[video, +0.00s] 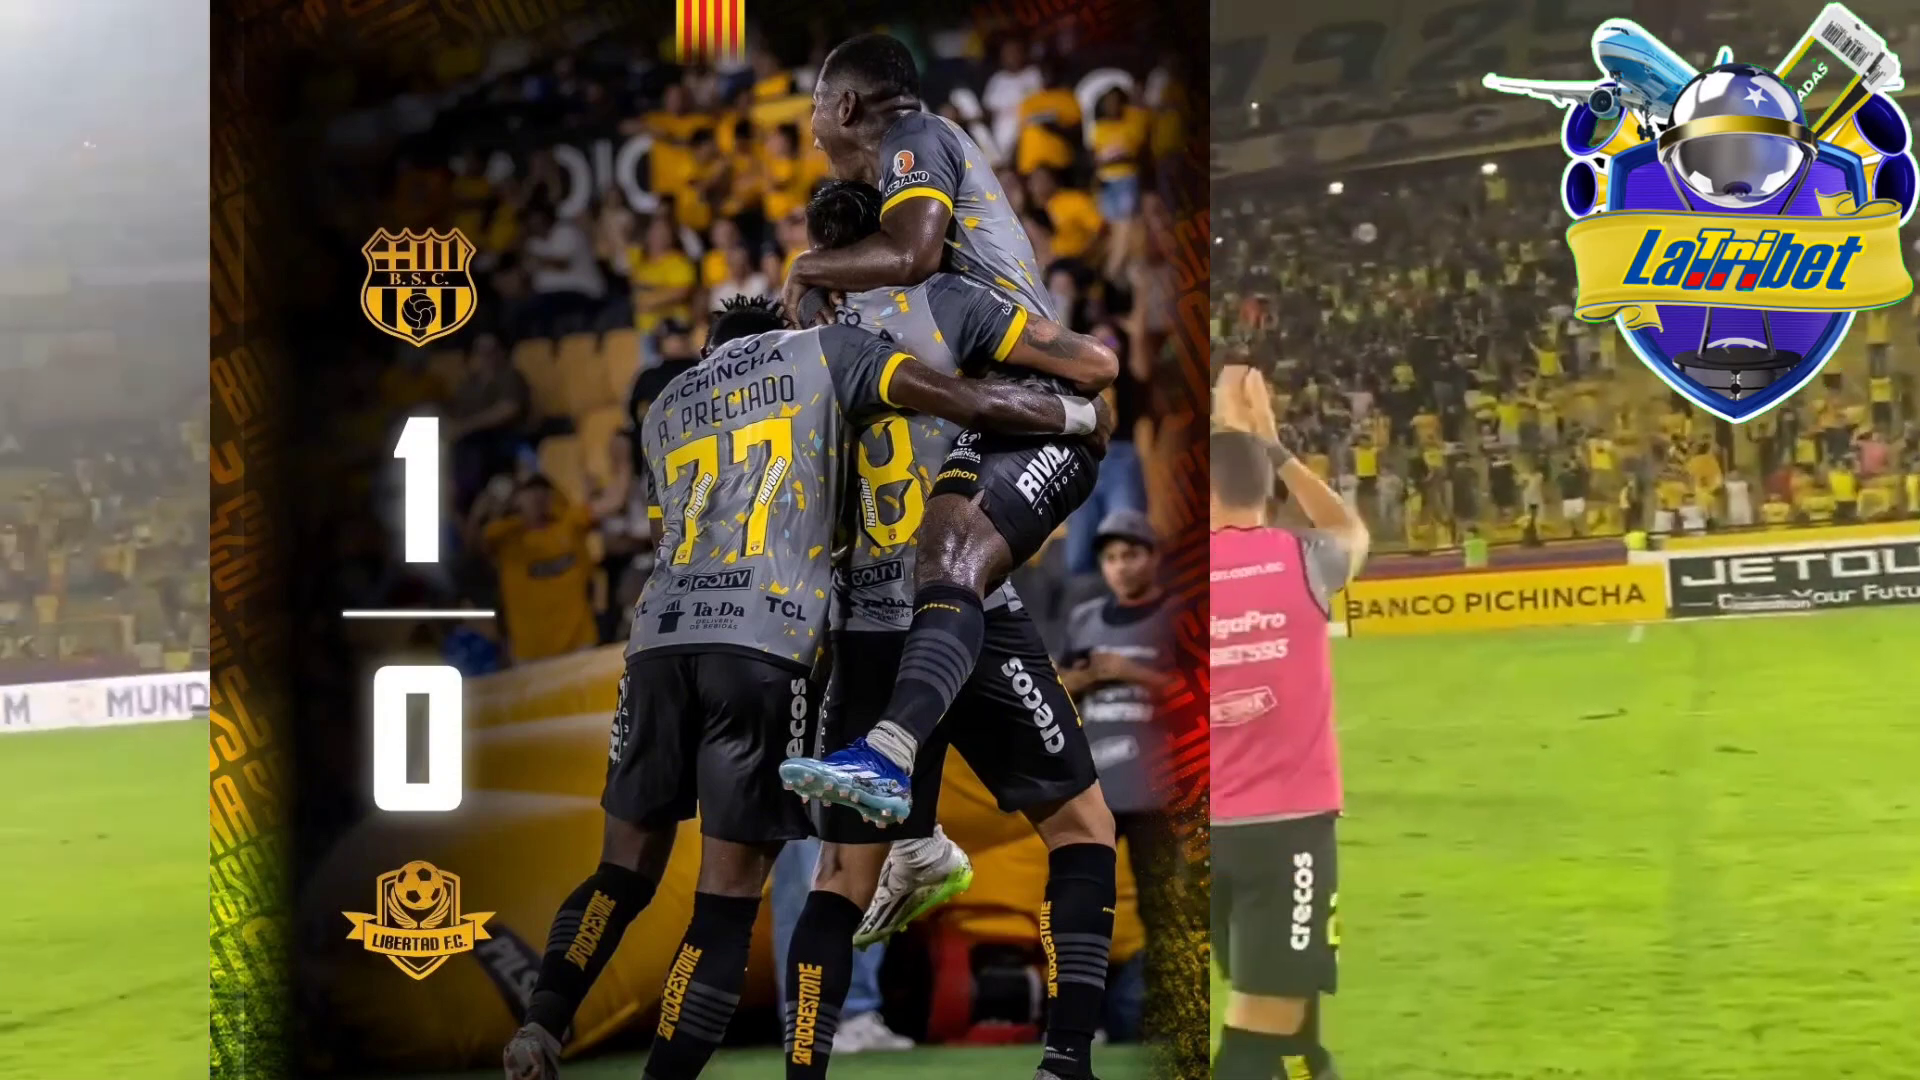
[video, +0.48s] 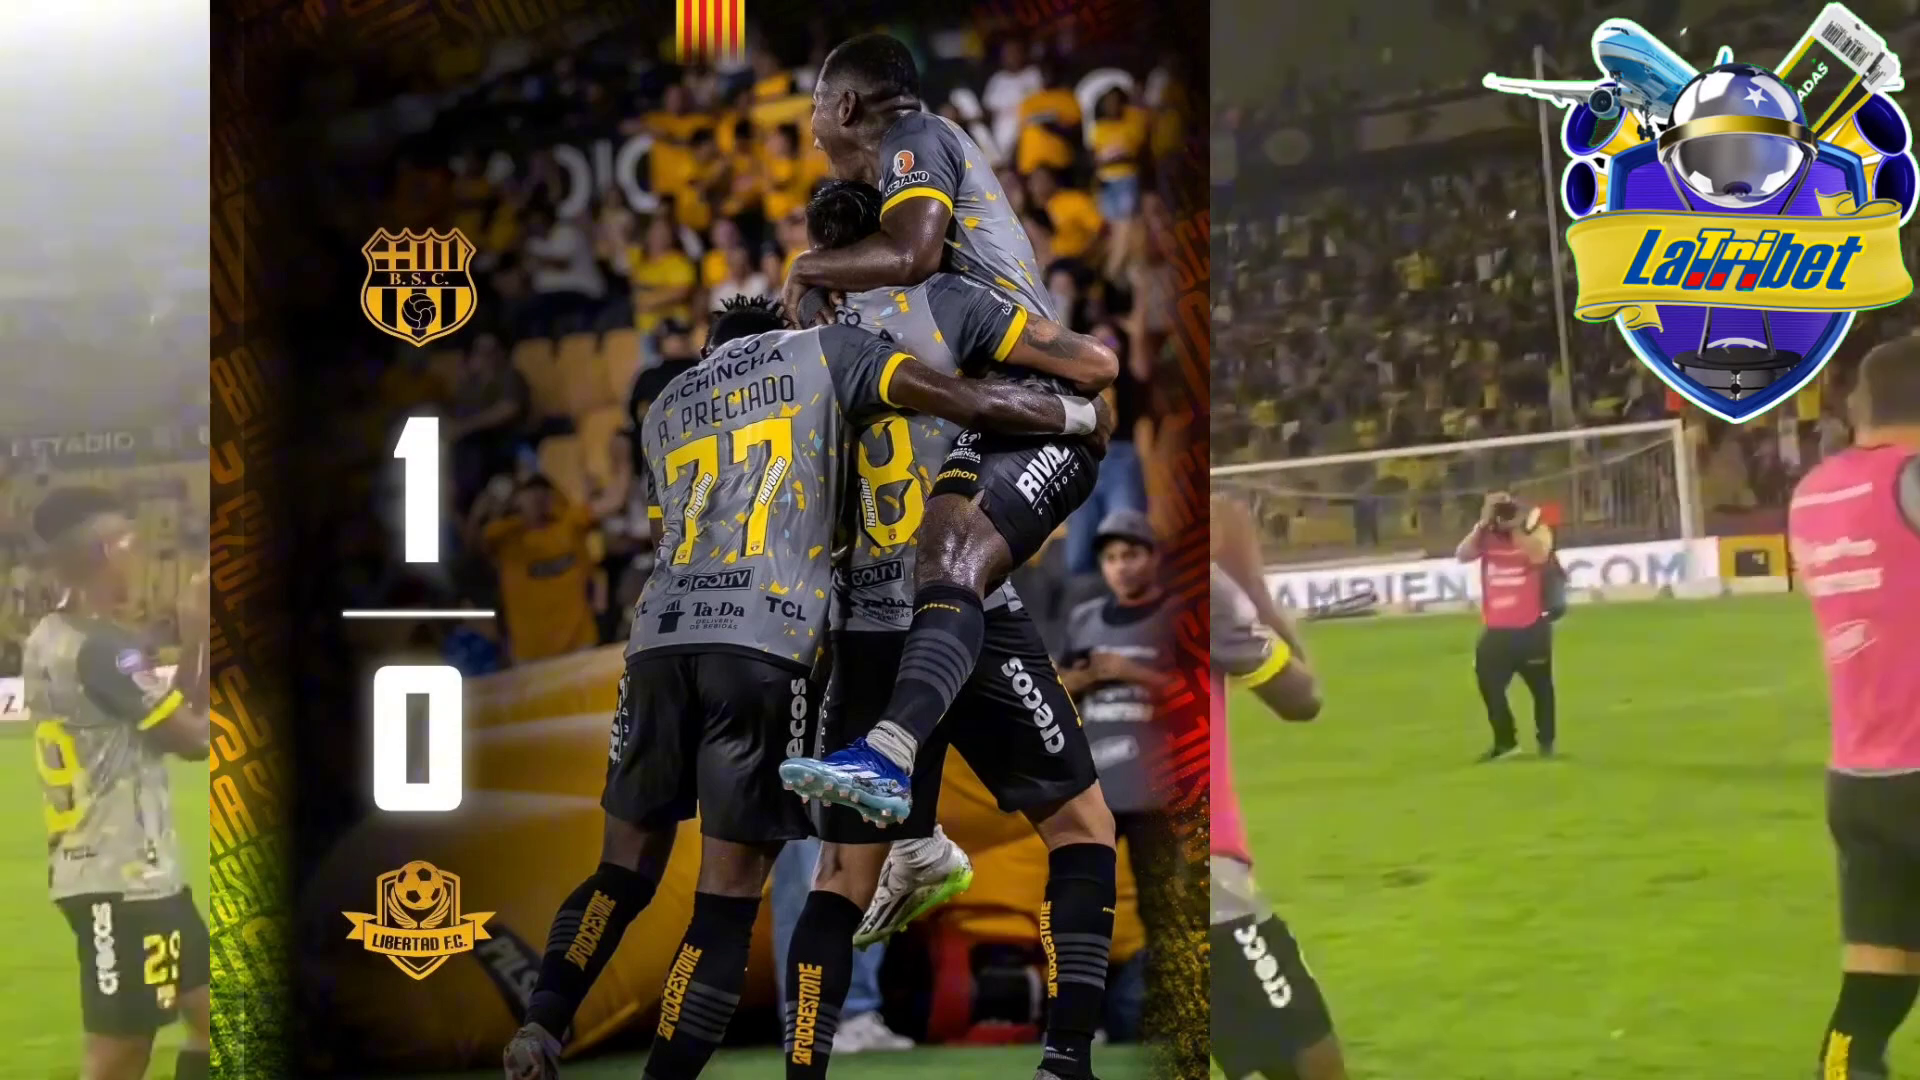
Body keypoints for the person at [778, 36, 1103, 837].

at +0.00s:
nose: (816, 133)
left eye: (821, 112)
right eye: (814, 115)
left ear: (857, 103)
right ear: (879, 105)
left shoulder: (914, 134)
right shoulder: (898, 162)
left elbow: (915, 250)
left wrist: (808, 264)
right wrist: (813, 296)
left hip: (1042, 400)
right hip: (980, 398)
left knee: (953, 556)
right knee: (892, 563)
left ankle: (888, 757)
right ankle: (914, 837)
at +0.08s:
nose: (814, 126)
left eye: (820, 107)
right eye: (814, 108)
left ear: (855, 102)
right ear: (880, 104)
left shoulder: (915, 135)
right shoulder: (903, 162)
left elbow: (913, 250)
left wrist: (806, 265)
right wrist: (814, 299)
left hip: (1043, 403)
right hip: (983, 401)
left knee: (953, 556)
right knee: (897, 565)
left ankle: (888, 759)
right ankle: (916, 835)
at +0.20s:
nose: (816, 130)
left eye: (821, 110)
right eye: (814, 112)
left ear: (856, 102)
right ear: (879, 104)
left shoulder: (915, 133)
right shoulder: (898, 164)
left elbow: (914, 250)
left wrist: (807, 264)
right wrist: (807, 298)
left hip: (1042, 403)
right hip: (979, 399)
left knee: (952, 555)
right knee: (887, 563)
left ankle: (888, 758)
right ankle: (916, 838)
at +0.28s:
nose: (815, 130)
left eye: (821, 110)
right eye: (814, 112)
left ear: (855, 101)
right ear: (878, 103)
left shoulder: (915, 134)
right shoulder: (898, 162)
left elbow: (914, 250)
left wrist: (807, 265)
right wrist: (809, 296)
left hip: (1044, 404)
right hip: (980, 401)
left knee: (954, 557)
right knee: (896, 561)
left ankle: (888, 759)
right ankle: (915, 838)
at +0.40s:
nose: (815, 125)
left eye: (820, 106)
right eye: (814, 107)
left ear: (855, 102)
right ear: (880, 103)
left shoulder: (912, 134)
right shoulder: (903, 159)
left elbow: (913, 250)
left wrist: (806, 264)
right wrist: (809, 296)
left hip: (1044, 403)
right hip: (983, 400)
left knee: (953, 555)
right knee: (903, 568)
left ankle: (890, 754)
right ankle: (916, 838)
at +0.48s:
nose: (816, 127)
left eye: (821, 108)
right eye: (815, 110)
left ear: (856, 102)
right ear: (882, 103)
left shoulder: (914, 135)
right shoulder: (902, 162)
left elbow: (914, 250)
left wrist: (807, 265)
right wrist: (809, 295)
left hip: (1045, 402)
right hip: (985, 398)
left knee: (952, 558)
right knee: (903, 569)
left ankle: (890, 755)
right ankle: (916, 840)